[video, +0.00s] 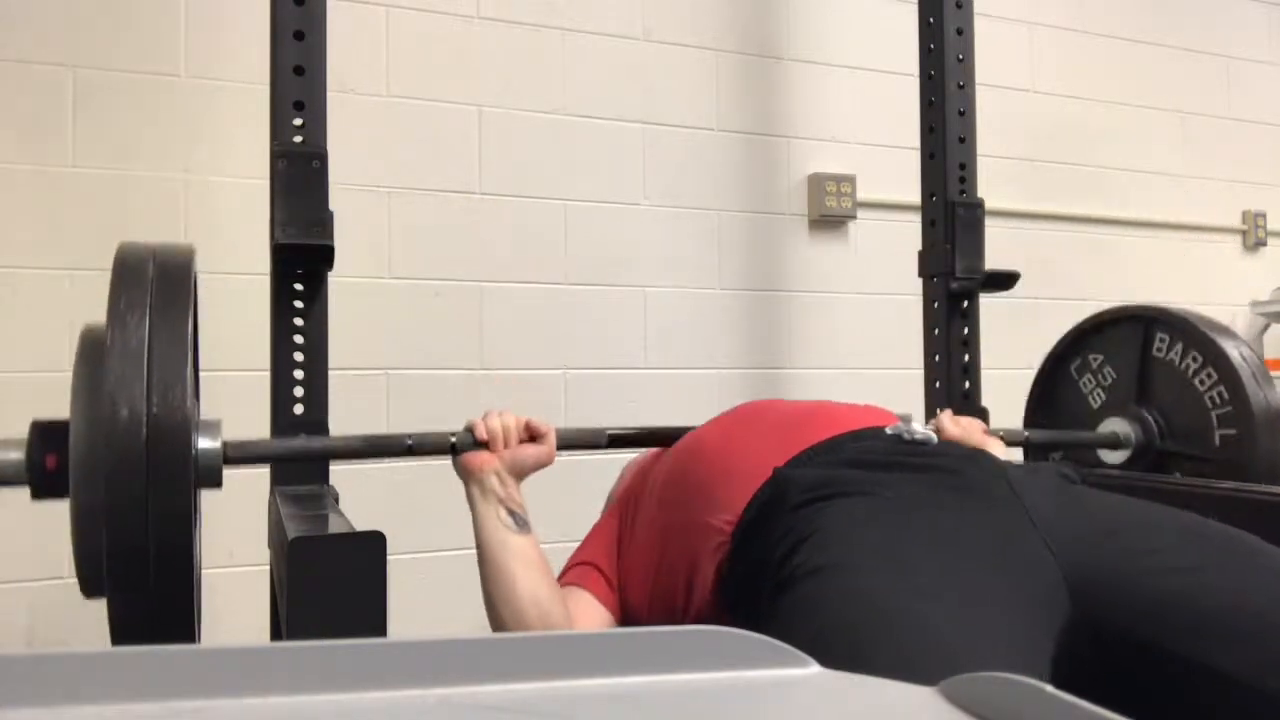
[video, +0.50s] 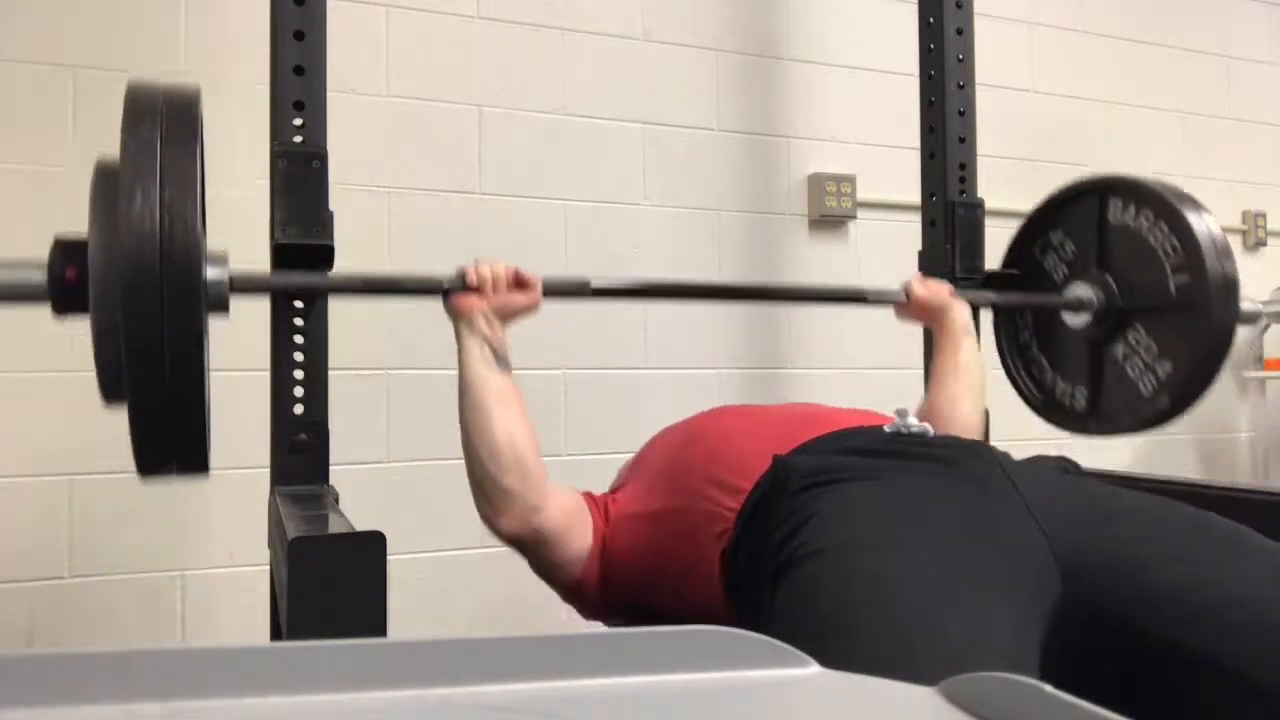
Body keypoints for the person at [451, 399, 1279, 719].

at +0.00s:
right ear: (625, 506)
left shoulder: (855, 423)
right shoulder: (613, 542)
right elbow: (552, 640)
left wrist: (983, 457)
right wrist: (492, 496)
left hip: (1034, 487)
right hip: (857, 505)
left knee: (1275, 605)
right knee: (929, 696)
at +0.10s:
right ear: (640, 490)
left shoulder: (863, 423)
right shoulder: (620, 531)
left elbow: (1034, 516)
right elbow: (554, 632)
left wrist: (989, 450)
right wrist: (494, 488)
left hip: (1038, 488)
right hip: (859, 504)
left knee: (1274, 603)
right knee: (932, 692)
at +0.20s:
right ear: (644, 489)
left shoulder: (874, 423)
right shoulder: (628, 526)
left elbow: (1015, 517)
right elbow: (549, 605)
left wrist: (983, 424)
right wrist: (494, 449)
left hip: (1020, 482)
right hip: (854, 498)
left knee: (1273, 602)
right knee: (935, 677)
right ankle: (967, 704)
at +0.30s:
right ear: (642, 503)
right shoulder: (625, 532)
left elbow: (988, 485)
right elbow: (534, 576)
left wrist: (980, 381)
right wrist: (490, 406)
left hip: (1020, 479)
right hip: (845, 504)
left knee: (1274, 618)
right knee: (926, 678)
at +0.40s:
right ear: (648, 489)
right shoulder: (622, 543)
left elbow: (971, 473)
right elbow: (520, 533)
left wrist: (966, 351)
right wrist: (484, 367)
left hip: (1040, 484)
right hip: (858, 508)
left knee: (1275, 618)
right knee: (922, 695)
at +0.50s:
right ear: (639, 490)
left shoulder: (856, 436)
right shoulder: (615, 541)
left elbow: (954, 451)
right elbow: (515, 500)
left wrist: (952, 325)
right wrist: (479, 336)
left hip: (1046, 483)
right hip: (860, 505)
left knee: (1275, 620)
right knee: (924, 695)